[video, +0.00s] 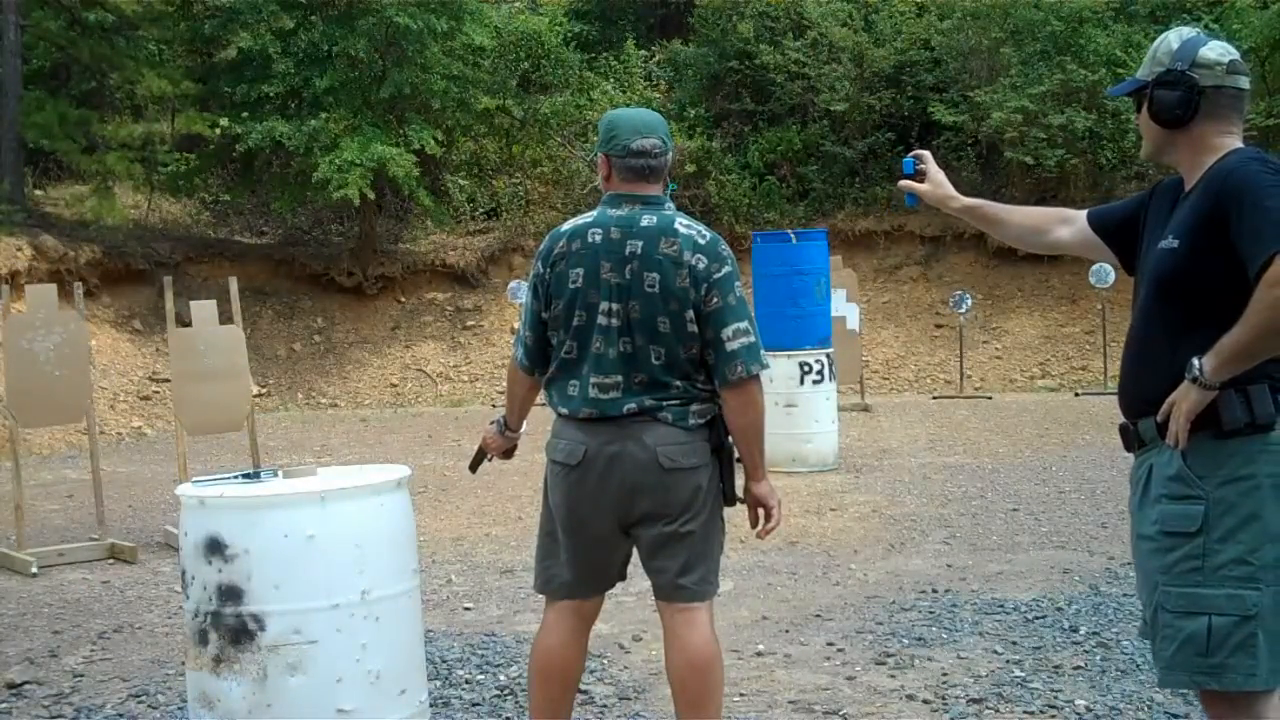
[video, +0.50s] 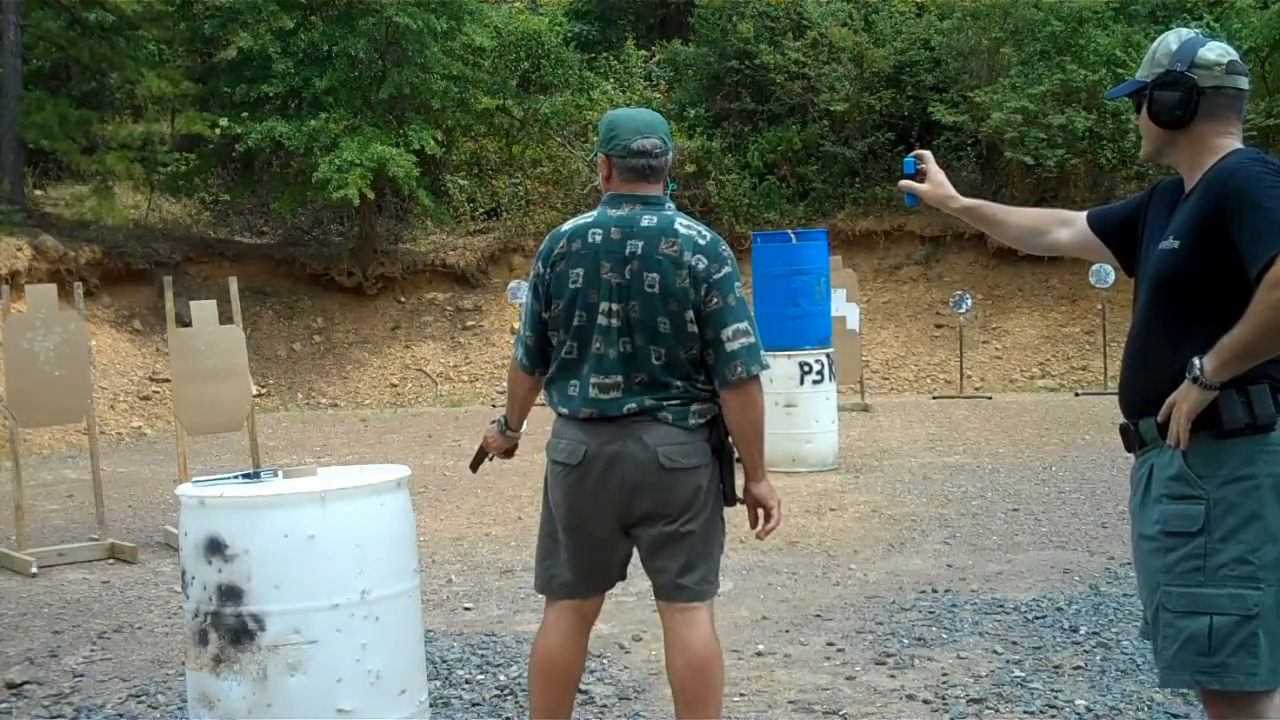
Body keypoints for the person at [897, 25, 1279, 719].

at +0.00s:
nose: (1138, 115)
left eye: (1144, 100)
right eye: (1139, 102)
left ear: (1174, 101)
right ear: (1213, 102)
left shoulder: (1247, 179)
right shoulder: (1167, 200)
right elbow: (1061, 229)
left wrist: (1209, 374)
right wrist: (954, 203)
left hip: (1226, 456)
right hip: (1178, 456)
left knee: (1237, 690)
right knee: (1227, 683)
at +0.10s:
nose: (1138, 115)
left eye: (1144, 100)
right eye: (1139, 102)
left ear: (1175, 101)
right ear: (1210, 103)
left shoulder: (1246, 180)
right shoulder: (1167, 200)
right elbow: (1062, 229)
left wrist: (1209, 374)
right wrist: (953, 202)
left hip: (1225, 456)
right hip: (1178, 455)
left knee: (1237, 690)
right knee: (1226, 683)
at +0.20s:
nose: (1138, 115)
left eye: (1144, 100)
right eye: (1139, 102)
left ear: (1176, 101)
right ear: (1210, 103)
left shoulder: (1245, 180)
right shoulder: (1167, 200)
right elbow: (1061, 229)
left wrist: (1208, 375)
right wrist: (952, 201)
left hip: (1224, 457)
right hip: (1178, 456)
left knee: (1237, 689)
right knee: (1226, 681)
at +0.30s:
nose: (1138, 115)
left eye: (1144, 101)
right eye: (1139, 102)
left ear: (1176, 102)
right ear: (1210, 104)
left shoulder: (1246, 180)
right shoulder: (1166, 201)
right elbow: (1061, 230)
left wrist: (1208, 375)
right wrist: (952, 202)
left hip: (1224, 457)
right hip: (1178, 456)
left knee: (1237, 688)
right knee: (1225, 681)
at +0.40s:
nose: (1138, 116)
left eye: (1144, 101)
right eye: (1139, 102)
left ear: (1173, 102)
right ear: (1212, 104)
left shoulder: (1246, 180)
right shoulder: (1166, 201)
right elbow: (1060, 230)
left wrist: (1208, 374)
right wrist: (952, 202)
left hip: (1225, 458)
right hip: (1177, 457)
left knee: (1238, 688)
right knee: (1224, 681)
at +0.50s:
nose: (1138, 114)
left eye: (1144, 100)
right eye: (1139, 101)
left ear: (1174, 102)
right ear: (1212, 104)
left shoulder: (1246, 180)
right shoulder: (1166, 201)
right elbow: (1059, 230)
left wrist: (1209, 374)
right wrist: (952, 202)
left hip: (1226, 458)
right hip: (1178, 457)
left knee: (1239, 689)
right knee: (1226, 682)